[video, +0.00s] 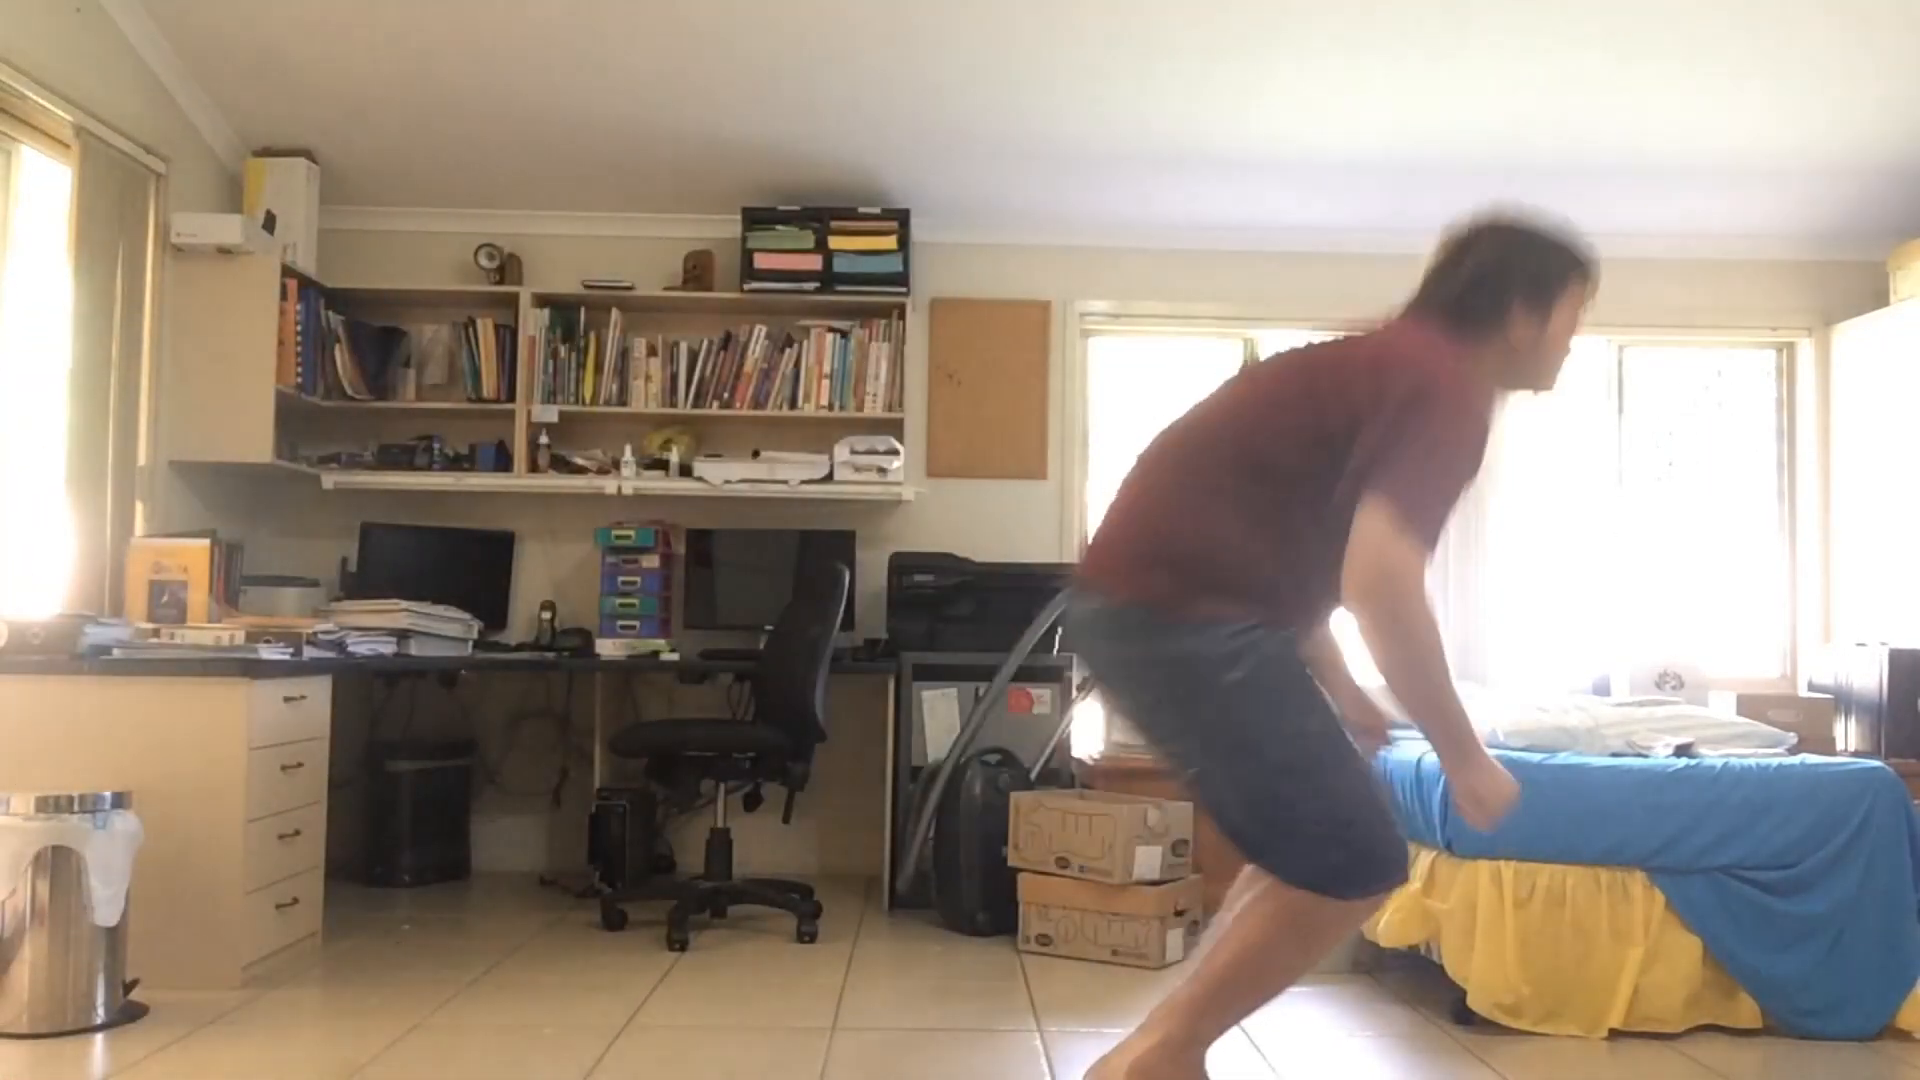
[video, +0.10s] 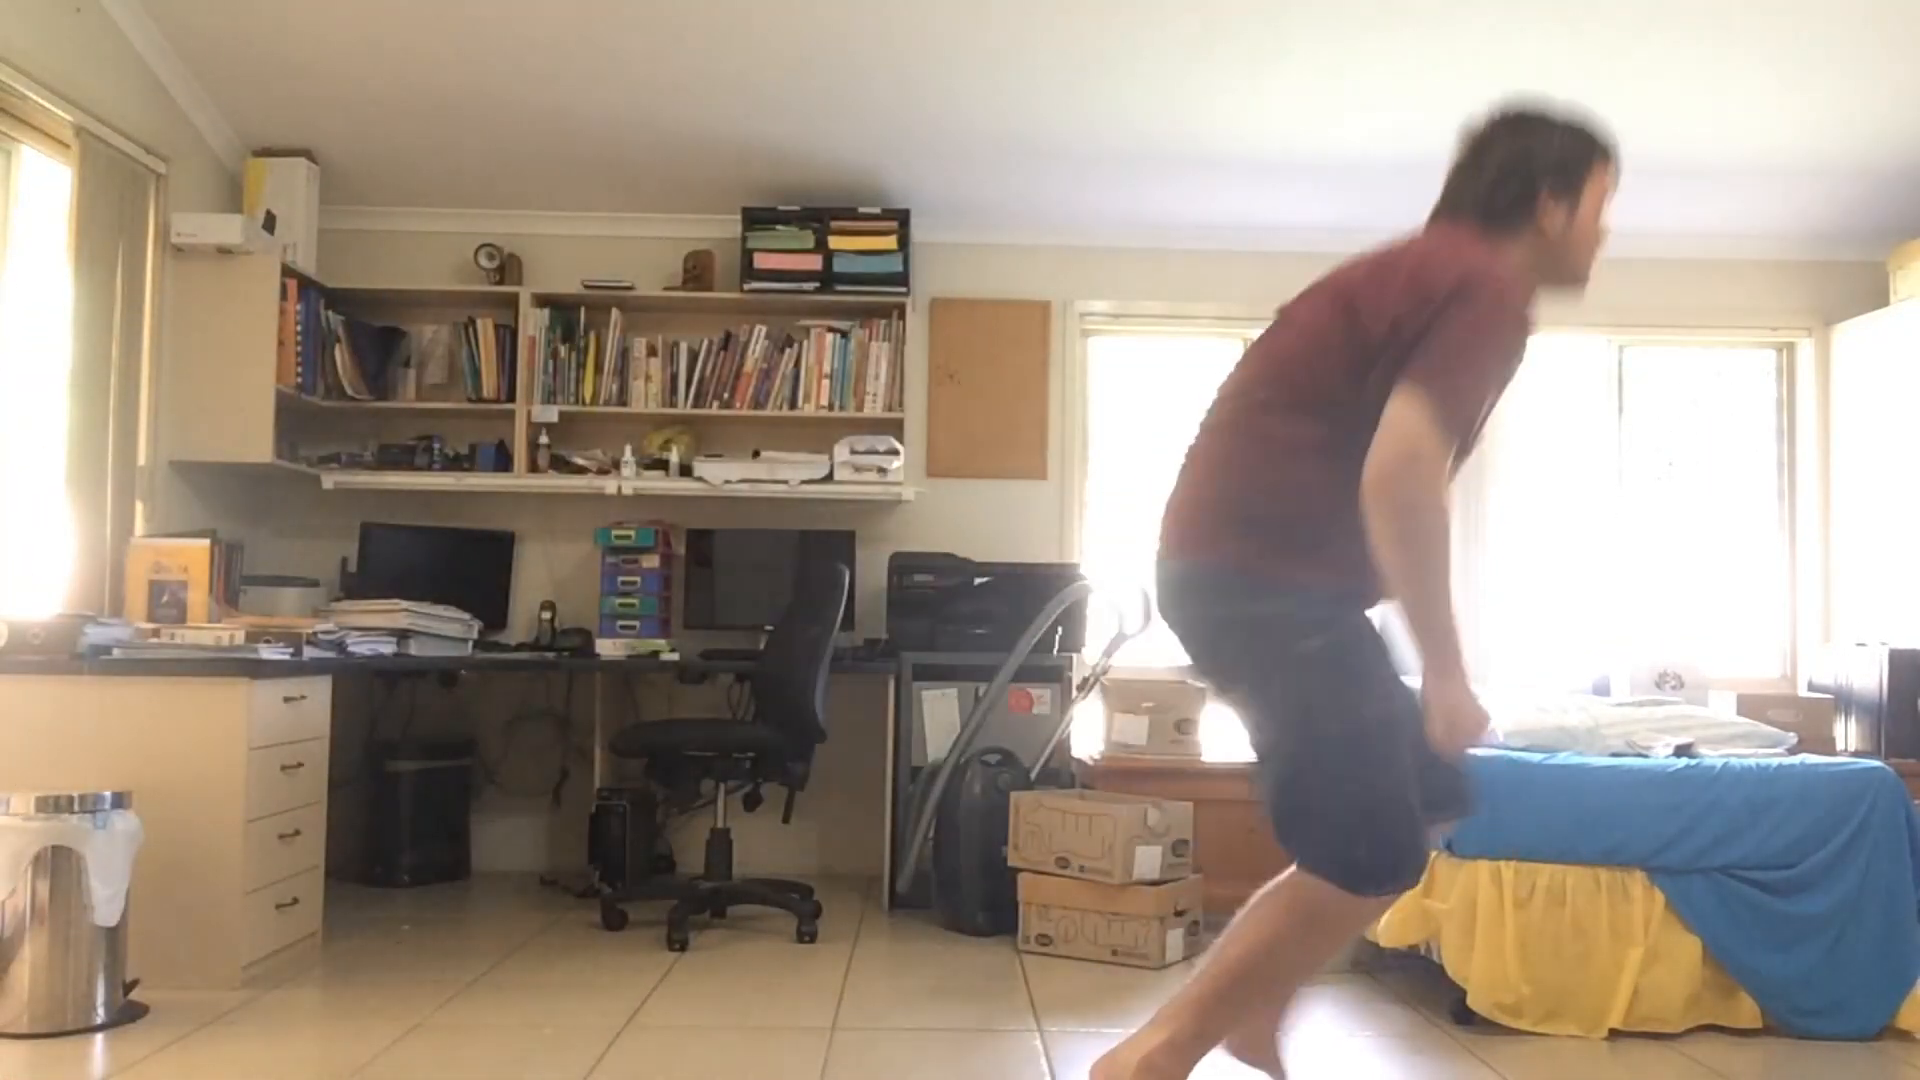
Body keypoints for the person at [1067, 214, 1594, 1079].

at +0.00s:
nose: (1571, 341)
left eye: (1576, 320)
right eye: (1569, 317)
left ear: (1463, 293)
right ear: (1519, 311)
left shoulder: (1383, 353)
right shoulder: (1450, 382)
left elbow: (1274, 554)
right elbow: (1379, 579)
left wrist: (1346, 695)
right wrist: (1466, 757)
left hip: (1133, 599)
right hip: (1190, 618)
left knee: (1311, 840)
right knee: (1357, 864)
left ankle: (1161, 1053)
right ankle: (1154, 1059)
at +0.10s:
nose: (1606, 228)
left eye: (1607, 205)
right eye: (1600, 203)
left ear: (1503, 196)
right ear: (1547, 203)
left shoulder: (1427, 263)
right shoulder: (1488, 283)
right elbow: (1398, 475)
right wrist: (1446, 676)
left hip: (1240, 571)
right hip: (1268, 581)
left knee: (1406, 794)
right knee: (1373, 845)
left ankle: (1254, 1011)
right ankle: (1147, 1060)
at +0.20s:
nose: (1640, 149)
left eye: (1639, 126)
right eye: (1634, 124)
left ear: (1517, 116)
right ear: (1585, 123)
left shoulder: (1440, 198)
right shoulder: (1541, 211)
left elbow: (1326, 367)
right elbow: (1458, 377)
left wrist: (1269, 539)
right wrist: (1477, 592)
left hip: (1308, 534)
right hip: (1361, 537)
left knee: (1495, 773)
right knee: (1366, 831)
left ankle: (1447, 1039)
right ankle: (1150, 1057)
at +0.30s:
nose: (1682, 105)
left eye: (1682, 81)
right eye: (1677, 80)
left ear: (1555, 79)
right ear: (1631, 81)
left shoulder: (1463, 174)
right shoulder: (1608, 163)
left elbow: (1355, 335)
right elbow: (1542, 324)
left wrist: (1290, 489)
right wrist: (1542, 538)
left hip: (1382, 505)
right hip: (1450, 513)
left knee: (1543, 768)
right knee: (1379, 795)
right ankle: (1179, 1046)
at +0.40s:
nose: (1713, 101)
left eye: (1712, 80)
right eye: (1708, 79)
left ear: (1589, 75)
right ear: (1670, 78)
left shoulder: (1499, 188)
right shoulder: (1671, 173)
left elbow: (1394, 341)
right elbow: (1636, 324)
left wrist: (1352, 493)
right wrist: (1644, 531)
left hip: (1467, 534)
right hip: (1540, 543)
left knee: (1627, 811)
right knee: (1492, 822)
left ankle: (1655, 1061)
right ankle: (1242, 1028)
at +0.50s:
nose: (1733, 125)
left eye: (1735, 111)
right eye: (1733, 109)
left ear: (1607, 103)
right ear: (1712, 104)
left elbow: (1442, 373)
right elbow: (1714, 361)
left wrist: (1427, 533)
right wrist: (1777, 553)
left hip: (1520, 561)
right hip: (1618, 568)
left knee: (1693, 830)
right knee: (1649, 855)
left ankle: (1664, 1067)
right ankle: (1385, 1003)